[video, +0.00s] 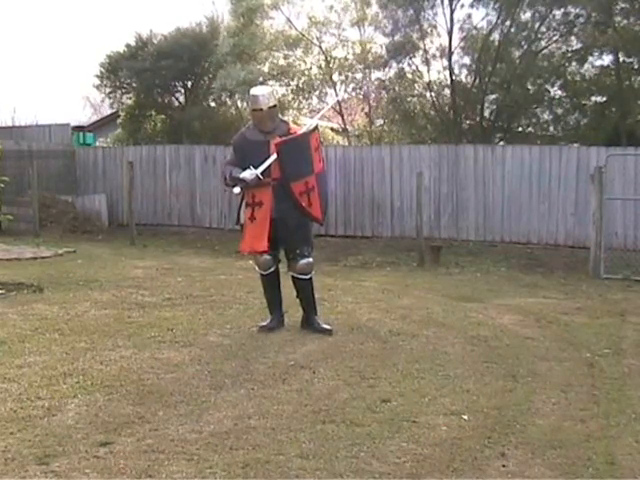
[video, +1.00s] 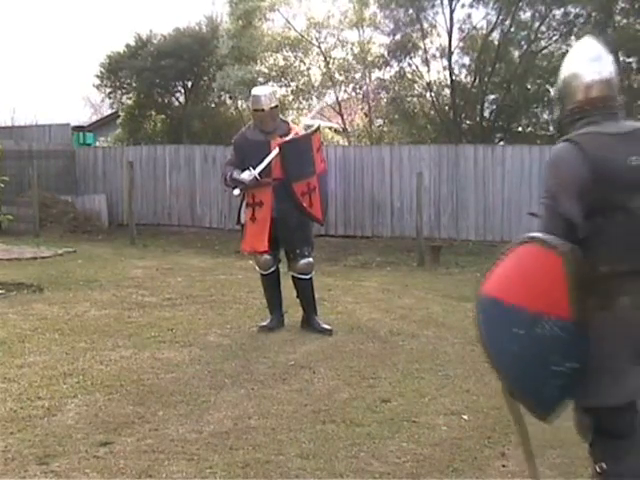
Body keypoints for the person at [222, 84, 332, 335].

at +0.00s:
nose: (255, 116)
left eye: (260, 111)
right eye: (253, 111)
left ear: (273, 109)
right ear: (250, 111)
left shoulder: (292, 134)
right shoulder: (243, 140)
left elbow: (308, 167)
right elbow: (228, 172)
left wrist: (308, 140)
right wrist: (241, 176)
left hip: (293, 209)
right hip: (261, 210)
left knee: (303, 263)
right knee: (265, 261)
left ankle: (310, 316)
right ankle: (276, 316)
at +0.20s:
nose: (258, 117)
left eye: (262, 111)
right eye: (255, 112)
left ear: (274, 109)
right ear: (252, 112)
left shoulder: (292, 134)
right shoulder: (243, 140)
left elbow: (307, 167)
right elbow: (228, 172)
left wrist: (306, 139)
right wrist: (241, 176)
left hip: (293, 207)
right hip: (261, 209)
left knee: (303, 262)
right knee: (265, 261)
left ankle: (310, 316)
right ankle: (276, 316)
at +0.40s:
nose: (262, 117)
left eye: (265, 111)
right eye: (257, 112)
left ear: (275, 108)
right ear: (252, 113)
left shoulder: (292, 134)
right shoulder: (243, 140)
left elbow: (307, 167)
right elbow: (228, 172)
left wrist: (306, 140)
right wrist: (241, 176)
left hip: (293, 207)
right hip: (261, 209)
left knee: (303, 262)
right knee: (265, 261)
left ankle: (310, 316)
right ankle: (276, 316)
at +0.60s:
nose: (261, 117)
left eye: (264, 111)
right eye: (257, 112)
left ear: (275, 109)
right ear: (253, 113)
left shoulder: (292, 134)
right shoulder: (243, 140)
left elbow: (308, 167)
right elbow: (228, 172)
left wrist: (307, 139)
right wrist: (241, 176)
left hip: (293, 207)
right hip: (261, 209)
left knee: (303, 262)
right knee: (265, 261)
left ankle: (310, 316)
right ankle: (276, 316)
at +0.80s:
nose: (263, 117)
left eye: (266, 110)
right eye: (258, 112)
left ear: (275, 108)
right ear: (253, 113)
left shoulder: (292, 134)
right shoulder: (244, 140)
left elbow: (308, 166)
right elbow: (228, 172)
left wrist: (307, 138)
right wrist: (241, 176)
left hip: (293, 207)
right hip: (262, 209)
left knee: (303, 262)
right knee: (265, 261)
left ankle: (310, 316)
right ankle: (276, 316)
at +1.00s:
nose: (261, 116)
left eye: (265, 111)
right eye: (257, 112)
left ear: (275, 109)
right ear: (253, 112)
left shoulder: (293, 133)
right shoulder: (244, 140)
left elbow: (310, 167)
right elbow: (228, 171)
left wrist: (309, 140)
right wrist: (239, 176)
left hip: (293, 206)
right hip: (262, 208)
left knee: (303, 262)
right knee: (265, 260)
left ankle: (310, 316)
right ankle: (276, 316)